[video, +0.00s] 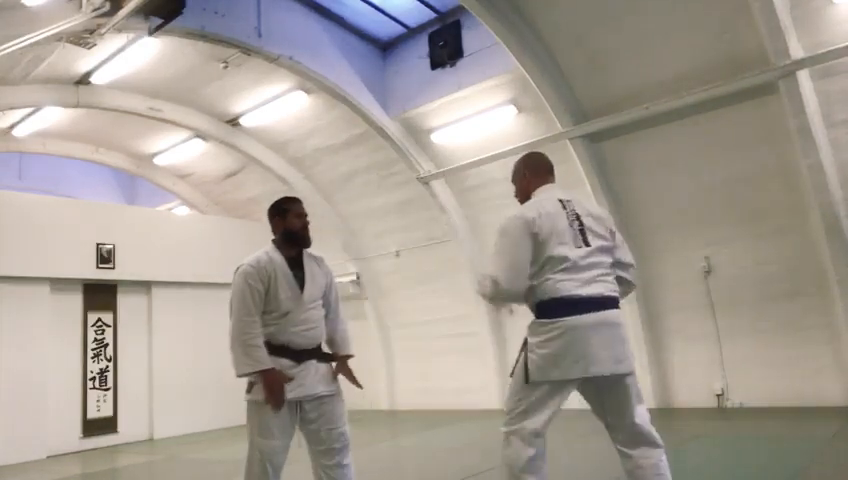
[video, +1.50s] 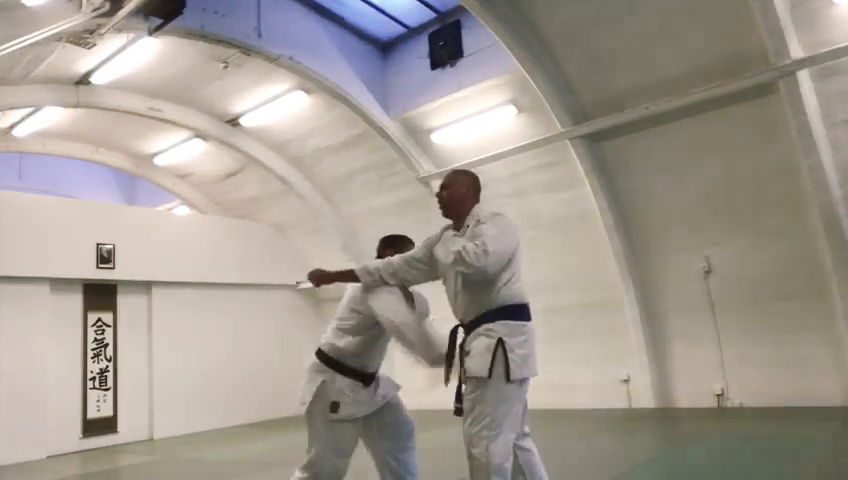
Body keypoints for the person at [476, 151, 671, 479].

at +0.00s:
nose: (515, 193)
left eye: (515, 184)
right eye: (514, 185)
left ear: (525, 179)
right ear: (551, 178)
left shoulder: (524, 218)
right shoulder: (596, 212)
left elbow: (511, 288)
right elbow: (626, 274)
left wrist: (488, 287)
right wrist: (593, 300)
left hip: (557, 335)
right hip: (608, 331)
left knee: (522, 430)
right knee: (636, 432)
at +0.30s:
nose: (458, 201)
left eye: (462, 192)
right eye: (458, 192)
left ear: (481, 193)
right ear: (494, 193)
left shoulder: (483, 235)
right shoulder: (528, 227)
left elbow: (447, 294)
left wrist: (426, 278)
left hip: (523, 348)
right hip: (565, 339)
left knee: (481, 439)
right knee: (588, 434)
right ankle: (628, 477)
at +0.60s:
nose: (405, 214)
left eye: (409, 205)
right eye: (403, 206)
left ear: (433, 200)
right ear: (421, 205)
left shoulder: (476, 225)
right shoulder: (422, 243)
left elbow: (529, 257)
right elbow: (374, 250)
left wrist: (479, 294)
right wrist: (319, 247)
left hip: (501, 341)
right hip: (503, 340)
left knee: (483, 451)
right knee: (566, 425)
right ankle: (623, 475)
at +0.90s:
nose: (400, 200)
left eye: (405, 192)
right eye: (400, 193)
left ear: (428, 191)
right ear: (420, 193)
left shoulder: (457, 217)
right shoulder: (413, 241)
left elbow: (500, 258)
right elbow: (371, 258)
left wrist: (445, 287)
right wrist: (317, 263)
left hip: (487, 338)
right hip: (471, 339)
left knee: (481, 451)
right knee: (519, 431)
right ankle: (560, 475)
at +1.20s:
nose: (422, 195)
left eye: (429, 187)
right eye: (423, 189)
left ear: (454, 191)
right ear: (449, 193)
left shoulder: (476, 221)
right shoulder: (430, 239)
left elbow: (511, 267)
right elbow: (389, 262)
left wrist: (450, 284)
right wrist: (327, 263)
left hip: (489, 338)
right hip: (476, 338)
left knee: (474, 444)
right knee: (513, 439)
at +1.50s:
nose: (438, 195)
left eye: (445, 189)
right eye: (439, 190)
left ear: (469, 192)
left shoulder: (497, 225)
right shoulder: (443, 239)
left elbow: (483, 260)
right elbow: (400, 267)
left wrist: (444, 245)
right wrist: (335, 276)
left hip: (503, 337)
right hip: (480, 338)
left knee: (484, 438)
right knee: (514, 436)